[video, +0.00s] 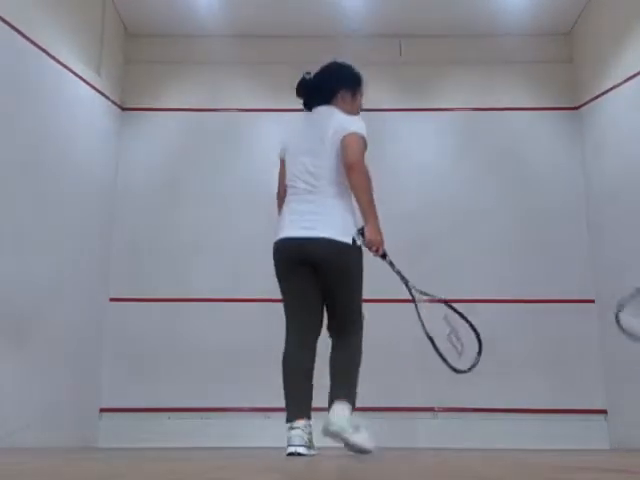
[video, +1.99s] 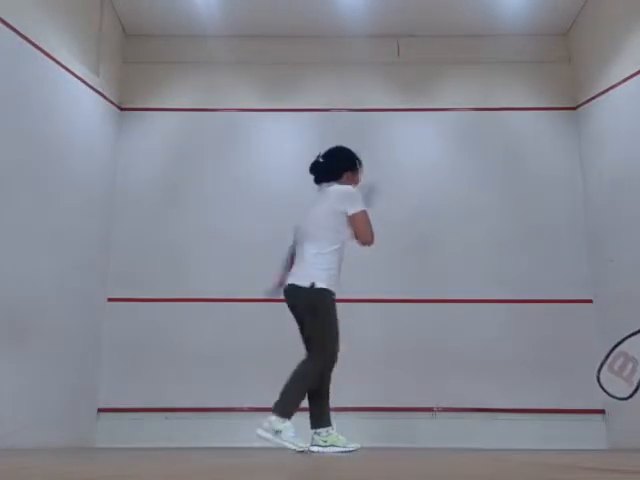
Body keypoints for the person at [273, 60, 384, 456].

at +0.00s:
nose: (360, 105)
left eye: (360, 98)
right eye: (358, 98)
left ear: (319, 95)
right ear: (343, 94)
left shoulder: (293, 131)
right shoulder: (348, 123)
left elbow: (284, 194)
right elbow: (354, 164)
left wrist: (291, 235)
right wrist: (372, 223)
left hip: (289, 243)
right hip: (335, 243)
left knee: (300, 333)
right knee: (347, 330)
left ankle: (298, 428)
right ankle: (341, 411)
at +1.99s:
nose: (358, 178)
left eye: (358, 172)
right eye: (357, 172)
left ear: (328, 174)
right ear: (348, 173)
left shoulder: (317, 201)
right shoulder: (346, 195)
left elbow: (299, 243)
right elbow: (366, 238)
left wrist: (283, 277)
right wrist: (358, 204)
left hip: (298, 287)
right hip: (316, 289)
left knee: (321, 356)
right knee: (323, 356)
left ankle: (322, 430)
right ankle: (278, 419)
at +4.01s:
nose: (295, 112)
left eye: (293, 107)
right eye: (292, 107)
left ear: (254, 110)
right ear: (285, 108)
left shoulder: (238, 143)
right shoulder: (299, 139)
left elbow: (217, 202)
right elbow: (311, 192)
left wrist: (243, 233)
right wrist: (327, 250)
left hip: (238, 245)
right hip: (284, 243)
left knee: (230, 337)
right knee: (305, 338)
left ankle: (195, 428)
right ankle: (320, 431)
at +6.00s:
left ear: (481, 238)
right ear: (509, 239)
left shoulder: (477, 252)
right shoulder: (519, 256)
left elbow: (466, 271)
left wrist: (446, 288)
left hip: (494, 304)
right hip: (532, 303)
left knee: (503, 370)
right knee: (531, 365)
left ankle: (519, 434)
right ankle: (535, 424)